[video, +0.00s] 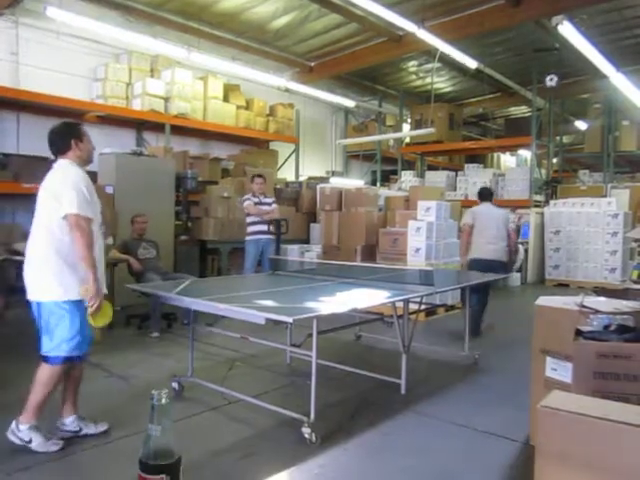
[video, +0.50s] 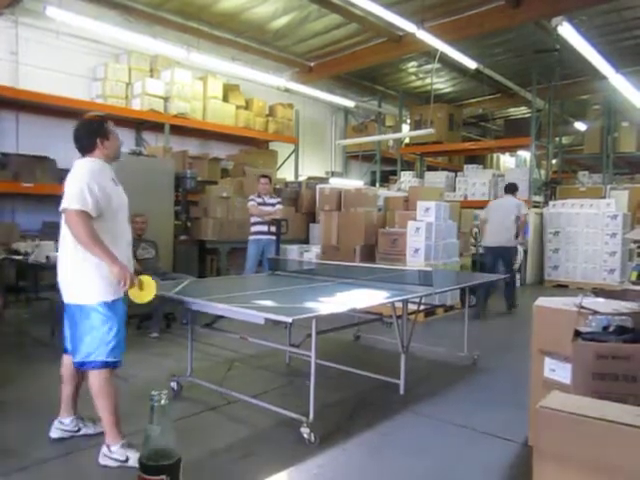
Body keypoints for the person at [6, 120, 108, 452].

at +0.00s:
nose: (92, 145)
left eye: (89, 140)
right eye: (88, 140)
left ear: (69, 146)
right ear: (75, 145)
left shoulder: (69, 175)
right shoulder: (69, 175)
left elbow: (77, 229)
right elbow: (78, 226)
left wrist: (87, 281)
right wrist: (92, 277)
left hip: (69, 282)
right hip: (55, 282)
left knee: (76, 350)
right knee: (60, 354)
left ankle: (70, 419)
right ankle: (24, 424)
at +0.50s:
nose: (119, 141)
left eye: (116, 136)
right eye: (114, 136)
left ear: (94, 143)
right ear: (101, 141)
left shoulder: (101, 172)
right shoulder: (87, 170)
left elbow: (96, 222)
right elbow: (75, 218)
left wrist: (127, 226)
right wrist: (114, 262)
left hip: (91, 286)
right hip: (93, 288)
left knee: (75, 354)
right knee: (101, 364)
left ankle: (66, 418)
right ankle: (114, 444)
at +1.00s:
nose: (149, 145)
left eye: (147, 139)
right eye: (145, 139)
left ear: (117, 143)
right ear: (130, 143)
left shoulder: (101, 169)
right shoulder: (117, 174)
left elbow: (119, 232)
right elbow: (133, 232)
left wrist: (158, 269)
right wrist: (167, 272)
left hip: (111, 286)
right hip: (125, 290)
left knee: (122, 354)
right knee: (122, 365)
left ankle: (99, 400)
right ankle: (115, 446)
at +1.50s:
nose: (154, 146)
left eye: (153, 139)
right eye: (152, 139)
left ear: (117, 141)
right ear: (139, 141)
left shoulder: (101, 171)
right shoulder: (133, 176)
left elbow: (109, 231)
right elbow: (150, 236)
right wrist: (176, 276)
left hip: (112, 286)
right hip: (136, 291)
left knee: (123, 357)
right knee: (126, 366)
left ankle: (93, 407)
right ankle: (115, 446)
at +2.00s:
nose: (159, 143)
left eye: (158, 136)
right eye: (156, 137)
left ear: (121, 140)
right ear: (143, 138)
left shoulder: (102, 175)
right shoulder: (142, 178)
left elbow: (92, 224)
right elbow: (151, 243)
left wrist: (132, 238)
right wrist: (178, 257)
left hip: (110, 289)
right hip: (137, 295)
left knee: (116, 355)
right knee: (126, 368)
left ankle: (89, 417)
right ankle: (116, 446)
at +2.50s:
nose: (147, 144)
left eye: (145, 137)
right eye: (145, 138)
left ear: (110, 141)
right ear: (135, 139)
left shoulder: (90, 176)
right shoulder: (139, 177)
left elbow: (76, 228)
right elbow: (155, 236)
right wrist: (173, 252)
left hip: (96, 289)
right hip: (132, 293)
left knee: (93, 356)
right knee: (122, 366)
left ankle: (80, 427)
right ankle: (116, 445)